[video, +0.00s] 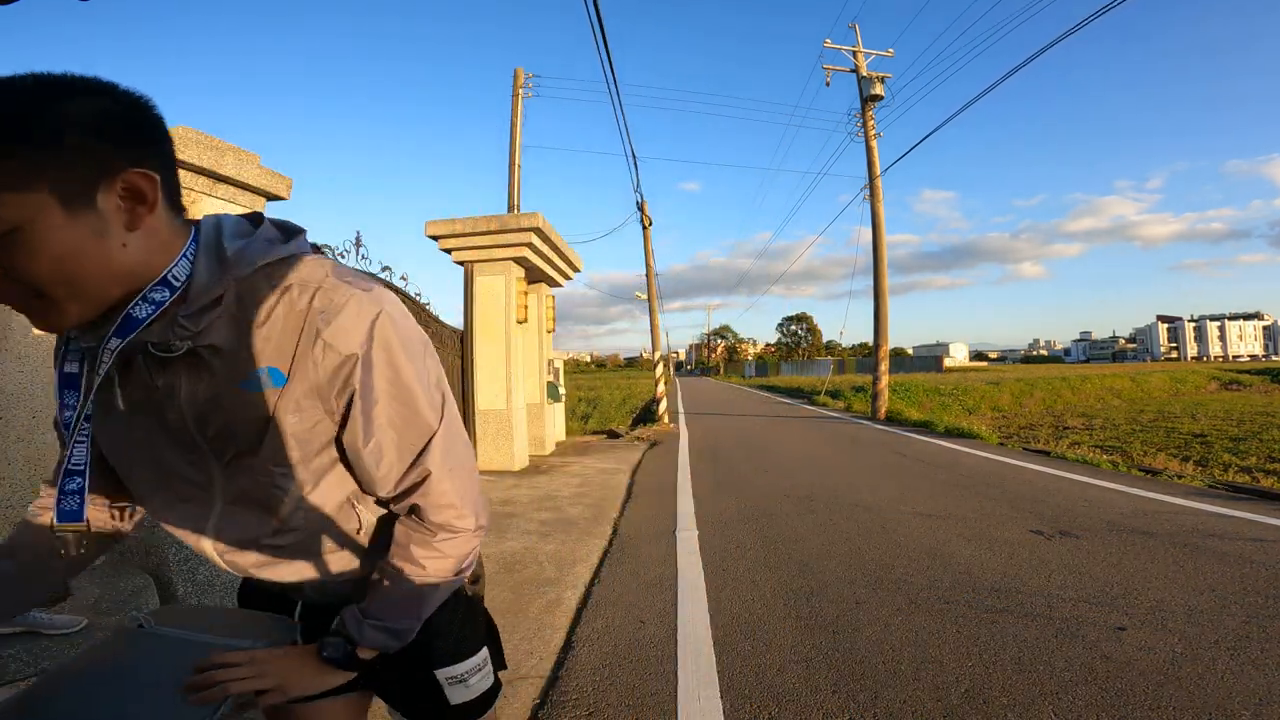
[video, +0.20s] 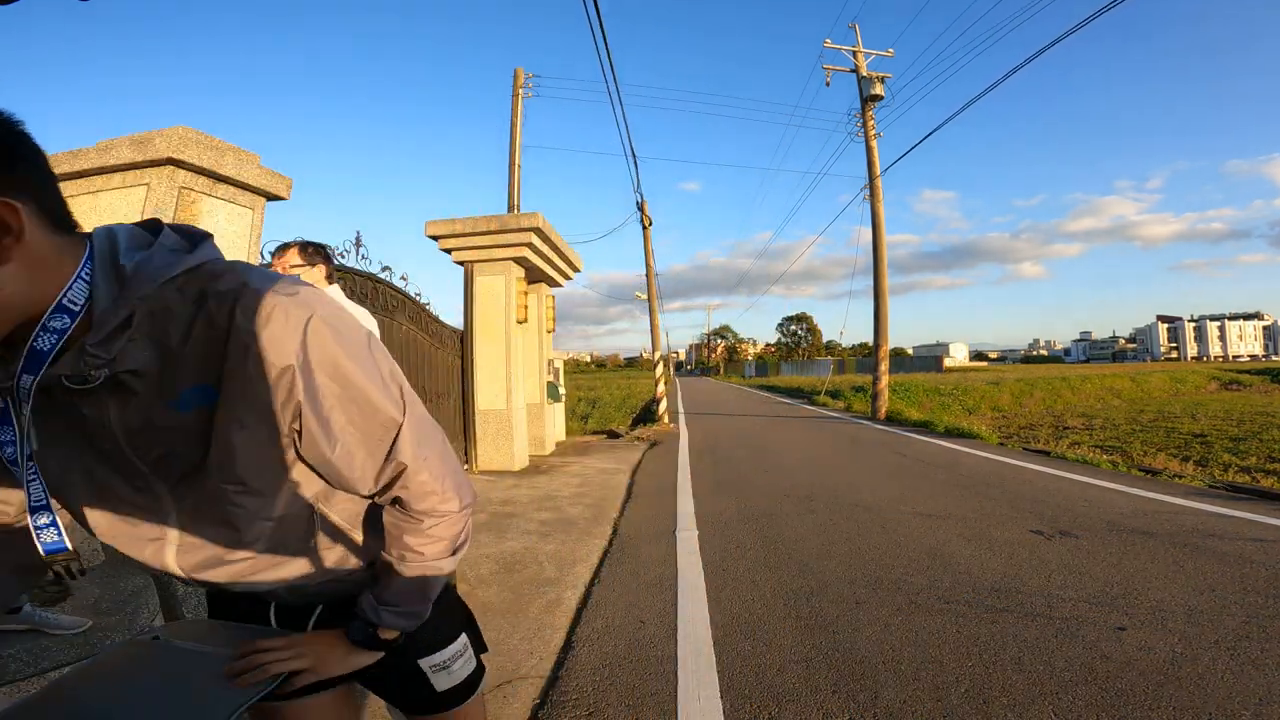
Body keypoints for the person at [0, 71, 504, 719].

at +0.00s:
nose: (1, 279)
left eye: (11, 235)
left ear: (132, 203)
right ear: (134, 206)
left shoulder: (336, 318)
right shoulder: (99, 346)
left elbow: (449, 515)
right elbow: (87, 509)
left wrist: (344, 653)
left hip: (405, 589)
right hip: (278, 597)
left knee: (454, 707)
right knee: (297, 708)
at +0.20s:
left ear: (9, 224)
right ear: (14, 224)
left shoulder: (271, 322)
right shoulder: (28, 378)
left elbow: (437, 499)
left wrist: (367, 633)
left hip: (385, 596)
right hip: (247, 605)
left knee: (454, 705)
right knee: (301, 709)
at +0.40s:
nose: (296, 275)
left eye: (304, 265)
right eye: (294, 265)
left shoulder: (221, 323)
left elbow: (409, 477)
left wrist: (366, 612)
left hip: (368, 586)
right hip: (228, 610)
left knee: (449, 709)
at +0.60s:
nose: (290, 271)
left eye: (298, 262)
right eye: (291, 262)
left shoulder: (208, 312)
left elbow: (397, 459)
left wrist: (353, 604)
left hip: (358, 573)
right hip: (216, 601)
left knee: (442, 706)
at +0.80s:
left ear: (36, 204)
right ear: (32, 205)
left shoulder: (237, 290)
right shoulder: (14, 375)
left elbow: (418, 437)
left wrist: (298, 579)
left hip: (361, 566)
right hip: (217, 599)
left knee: (446, 708)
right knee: (285, 711)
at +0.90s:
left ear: (81, 193)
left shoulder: (258, 279)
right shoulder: (24, 346)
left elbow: (410, 440)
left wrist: (239, 567)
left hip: (360, 563)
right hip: (217, 599)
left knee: (446, 707)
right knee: (288, 710)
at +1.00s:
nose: (3, 240)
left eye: (17, 204)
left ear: (118, 181)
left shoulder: (275, 281)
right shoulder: (22, 330)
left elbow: (380, 471)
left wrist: (148, 572)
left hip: (355, 565)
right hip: (212, 595)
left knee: (442, 705)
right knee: (284, 709)